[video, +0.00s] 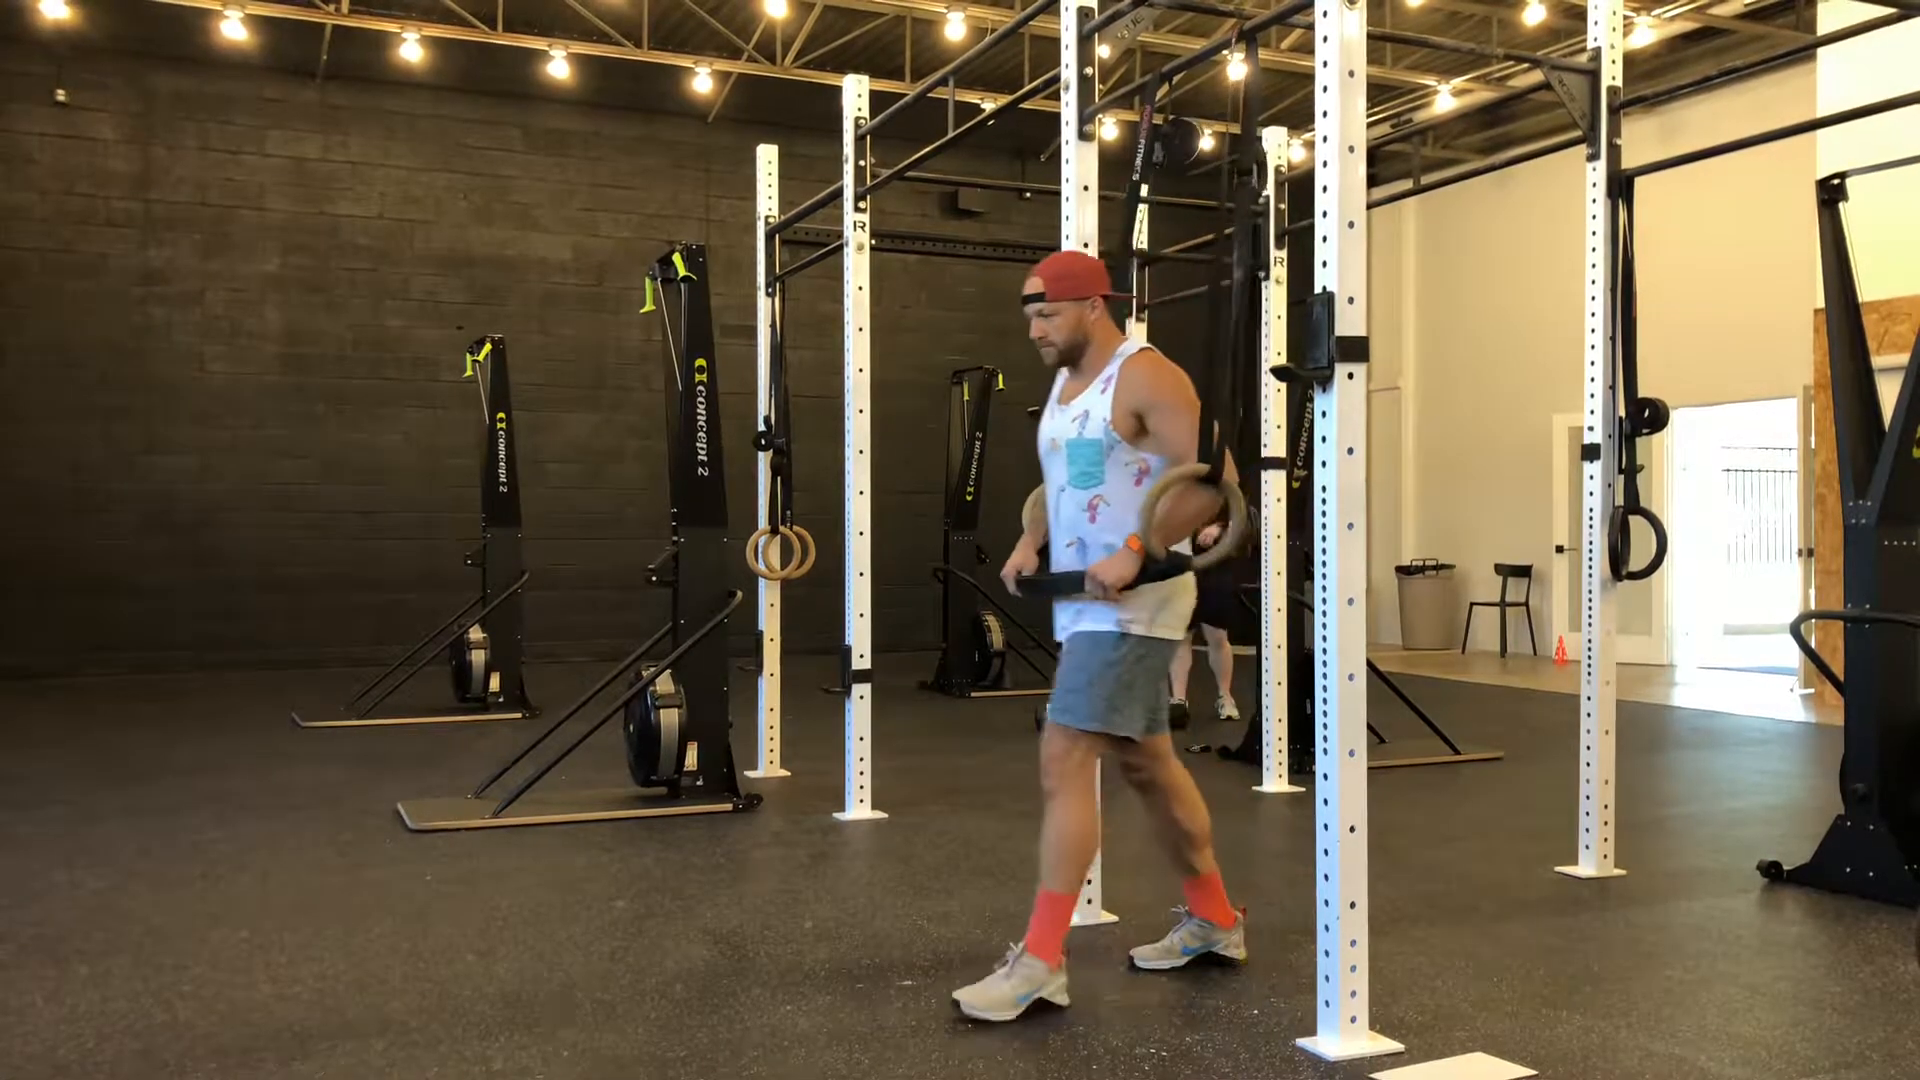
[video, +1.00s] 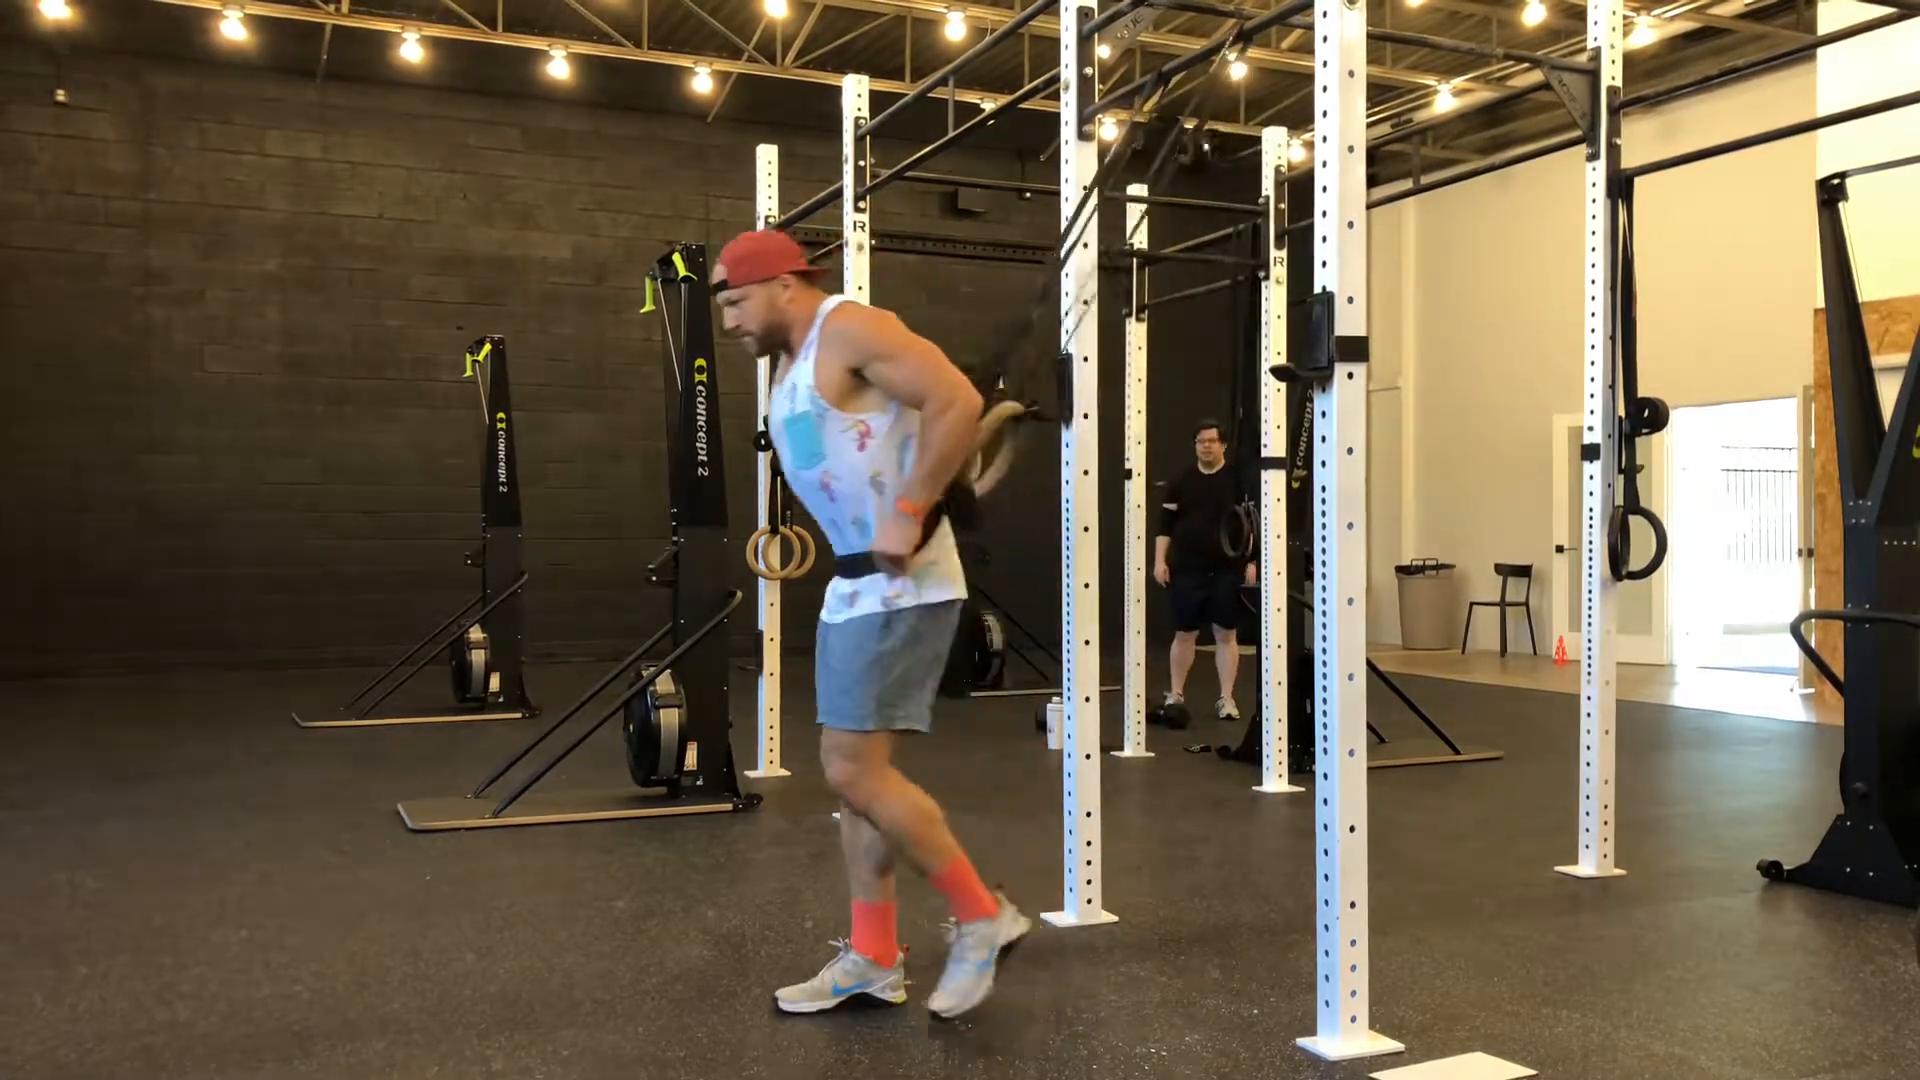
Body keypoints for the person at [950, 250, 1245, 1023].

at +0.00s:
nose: (1032, 324)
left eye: (1043, 308)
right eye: (1029, 311)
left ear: (1094, 306)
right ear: (1049, 318)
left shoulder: (1149, 378)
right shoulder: (1065, 387)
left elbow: (1205, 482)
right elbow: (1067, 483)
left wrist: (1138, 550)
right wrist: (1033, 534)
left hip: (1135, 600)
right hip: (1092, 599)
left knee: (1065, 755)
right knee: (1148, 762)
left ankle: (1042, 959)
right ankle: (1214, 916)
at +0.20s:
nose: (971, 314)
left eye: (980, 298)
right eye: (968, 300)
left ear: (1029, 292)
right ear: (1010, 299)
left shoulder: (1091, 359)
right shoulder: (1016, 372)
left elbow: (1171, 444)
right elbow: (1046, 477)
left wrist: (1104, 531)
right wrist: (1004, 533)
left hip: (1073, 597)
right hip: (1027, 595)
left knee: (1028, 762)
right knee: (1041, 765)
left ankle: (1037, 959)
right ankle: (1164, 874)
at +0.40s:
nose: (914, 315)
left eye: (921, 297)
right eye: (909, 301)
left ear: (968, 283)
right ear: (951, 292)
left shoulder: (1038, 340)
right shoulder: (968, 362)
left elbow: (1130, 423)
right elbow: (1003, 471)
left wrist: (1074, 522)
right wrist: (970, 543)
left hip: (1034, 603)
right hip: (971, 596)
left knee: (1023, 767)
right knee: (940, 748)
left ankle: (1040, 960)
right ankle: (1005, 920)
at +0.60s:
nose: (866, 313)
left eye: (873, 295)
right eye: (860, 299)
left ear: (922, 280)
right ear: (901, 292)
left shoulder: (987, 333)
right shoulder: (918, 366)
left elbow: (1086, 415)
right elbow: (961, 472)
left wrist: (1039, 522)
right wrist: (931, 559)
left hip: (1001, 599)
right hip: (933, 598)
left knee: (1016, 769)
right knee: (912, 763)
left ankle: (1037, 961)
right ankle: (879, 951)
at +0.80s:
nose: (801, 316)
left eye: (808, 297)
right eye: (797, 302)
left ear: (854, 282)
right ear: (842, 291)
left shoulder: (922, 333)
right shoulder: (860, 364)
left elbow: (1025, 407)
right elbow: (907, 474)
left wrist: (980, 522)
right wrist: (876, 567)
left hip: (944, 604)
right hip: (875, 603)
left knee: (961, 774)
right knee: (858, 760)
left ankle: (1031, 958)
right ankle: (873, 958)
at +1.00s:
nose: (727, 315)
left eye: (735, 296)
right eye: (724, 299)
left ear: (784, 286)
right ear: (772, 293)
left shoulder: (850, 327)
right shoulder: (796, 366)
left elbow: (959, 403)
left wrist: (908, 512)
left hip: (901, 586)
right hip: (857, 586)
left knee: (855, 768)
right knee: (856, 772)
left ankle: (985, 917)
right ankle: (873, 957)